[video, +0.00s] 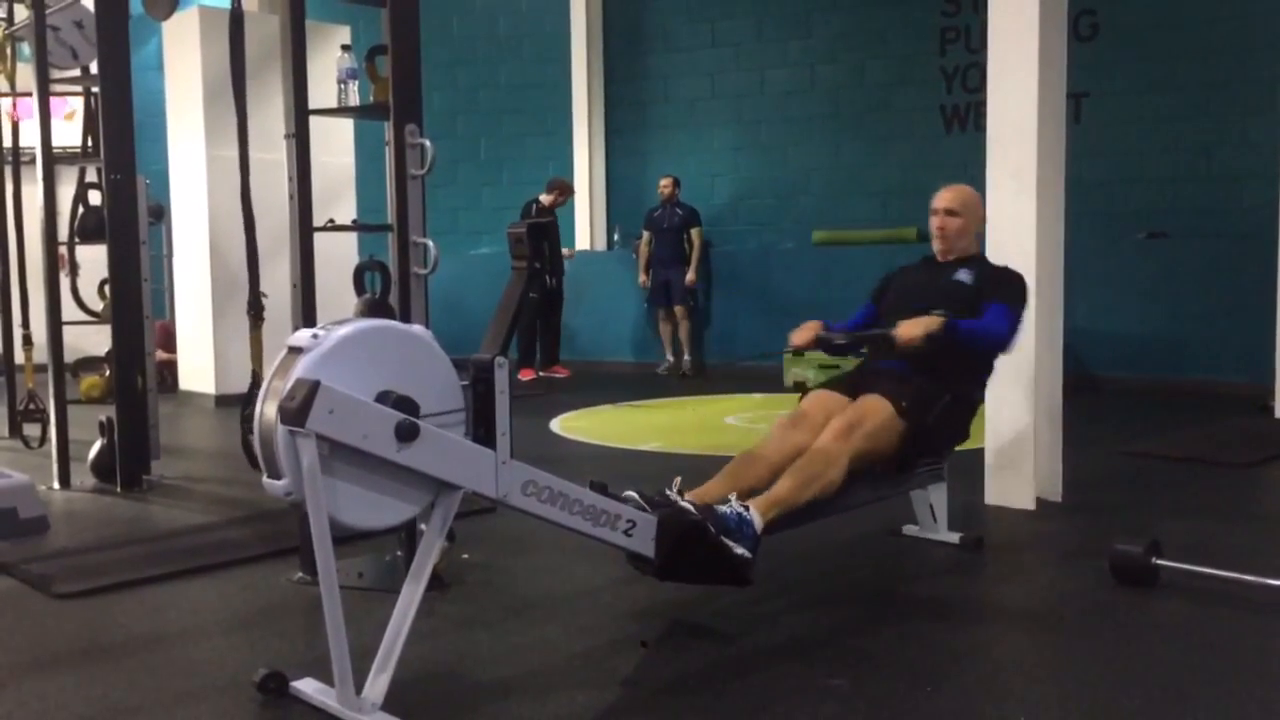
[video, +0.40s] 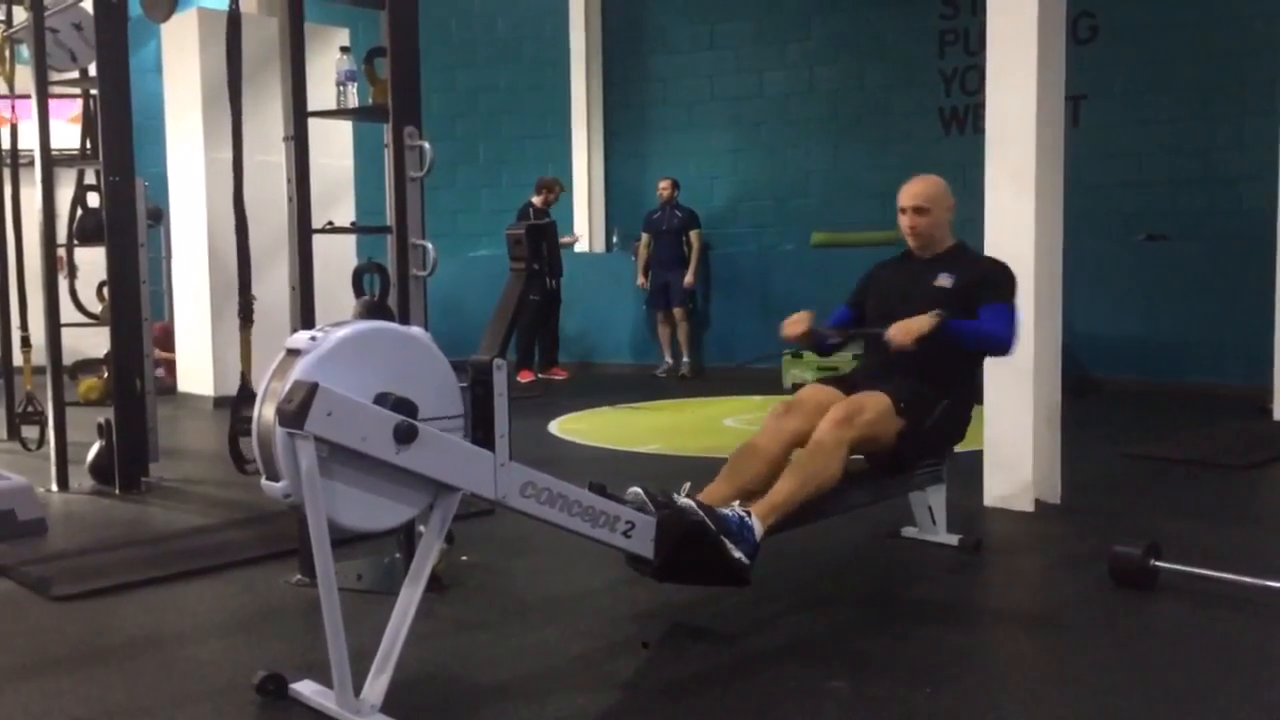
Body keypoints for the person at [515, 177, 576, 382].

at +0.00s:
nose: (564, 204)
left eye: (565, 200)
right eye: (564, 199)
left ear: (556, 194)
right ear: (556, 194)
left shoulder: (550, 213)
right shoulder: (531, 210)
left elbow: (550, 244)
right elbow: (530, 245)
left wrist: (560, 254)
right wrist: (538, 269)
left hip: (553, 275)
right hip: (534, 276)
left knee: (551, 321)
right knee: (529, 322)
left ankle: (550, 363)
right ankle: (526, 366)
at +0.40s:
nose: (556, 200)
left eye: (557, 196)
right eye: (555, 195)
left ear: (547, 194)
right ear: (544, 193)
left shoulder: (546, 214)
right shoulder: (527, 214)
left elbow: (548, 243)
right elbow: (527, 247)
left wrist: (565, 241)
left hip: (551, 277)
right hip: (533, 279)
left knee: (550, 324)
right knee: (528, 325)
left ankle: (548, 365)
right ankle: (524, 368)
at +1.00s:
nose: (553, 203)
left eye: (554, 199)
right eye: (551, 198)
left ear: (546, 199)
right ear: (540, 197)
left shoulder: (547, 220)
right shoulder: (523, 219)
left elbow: (547, 251)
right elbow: (527, 253)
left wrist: (563, 246)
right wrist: (557, 245)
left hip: (551, 284)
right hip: (531, 286)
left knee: (549, 333)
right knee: (526, 333)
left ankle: (547, 374)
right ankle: (523, 374)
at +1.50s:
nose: (557, 205)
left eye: (558, 201)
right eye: (554, 200)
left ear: (548, 200)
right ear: (543, 199)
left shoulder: (550, 223)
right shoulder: (526, 222)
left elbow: (552, 254)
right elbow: (531, 253)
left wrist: (567, 245)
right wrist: (560, 243)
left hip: (554, 284)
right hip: (535, 285)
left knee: (553, 331)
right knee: (530, 333)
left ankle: (549, 374)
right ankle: (524, 377)